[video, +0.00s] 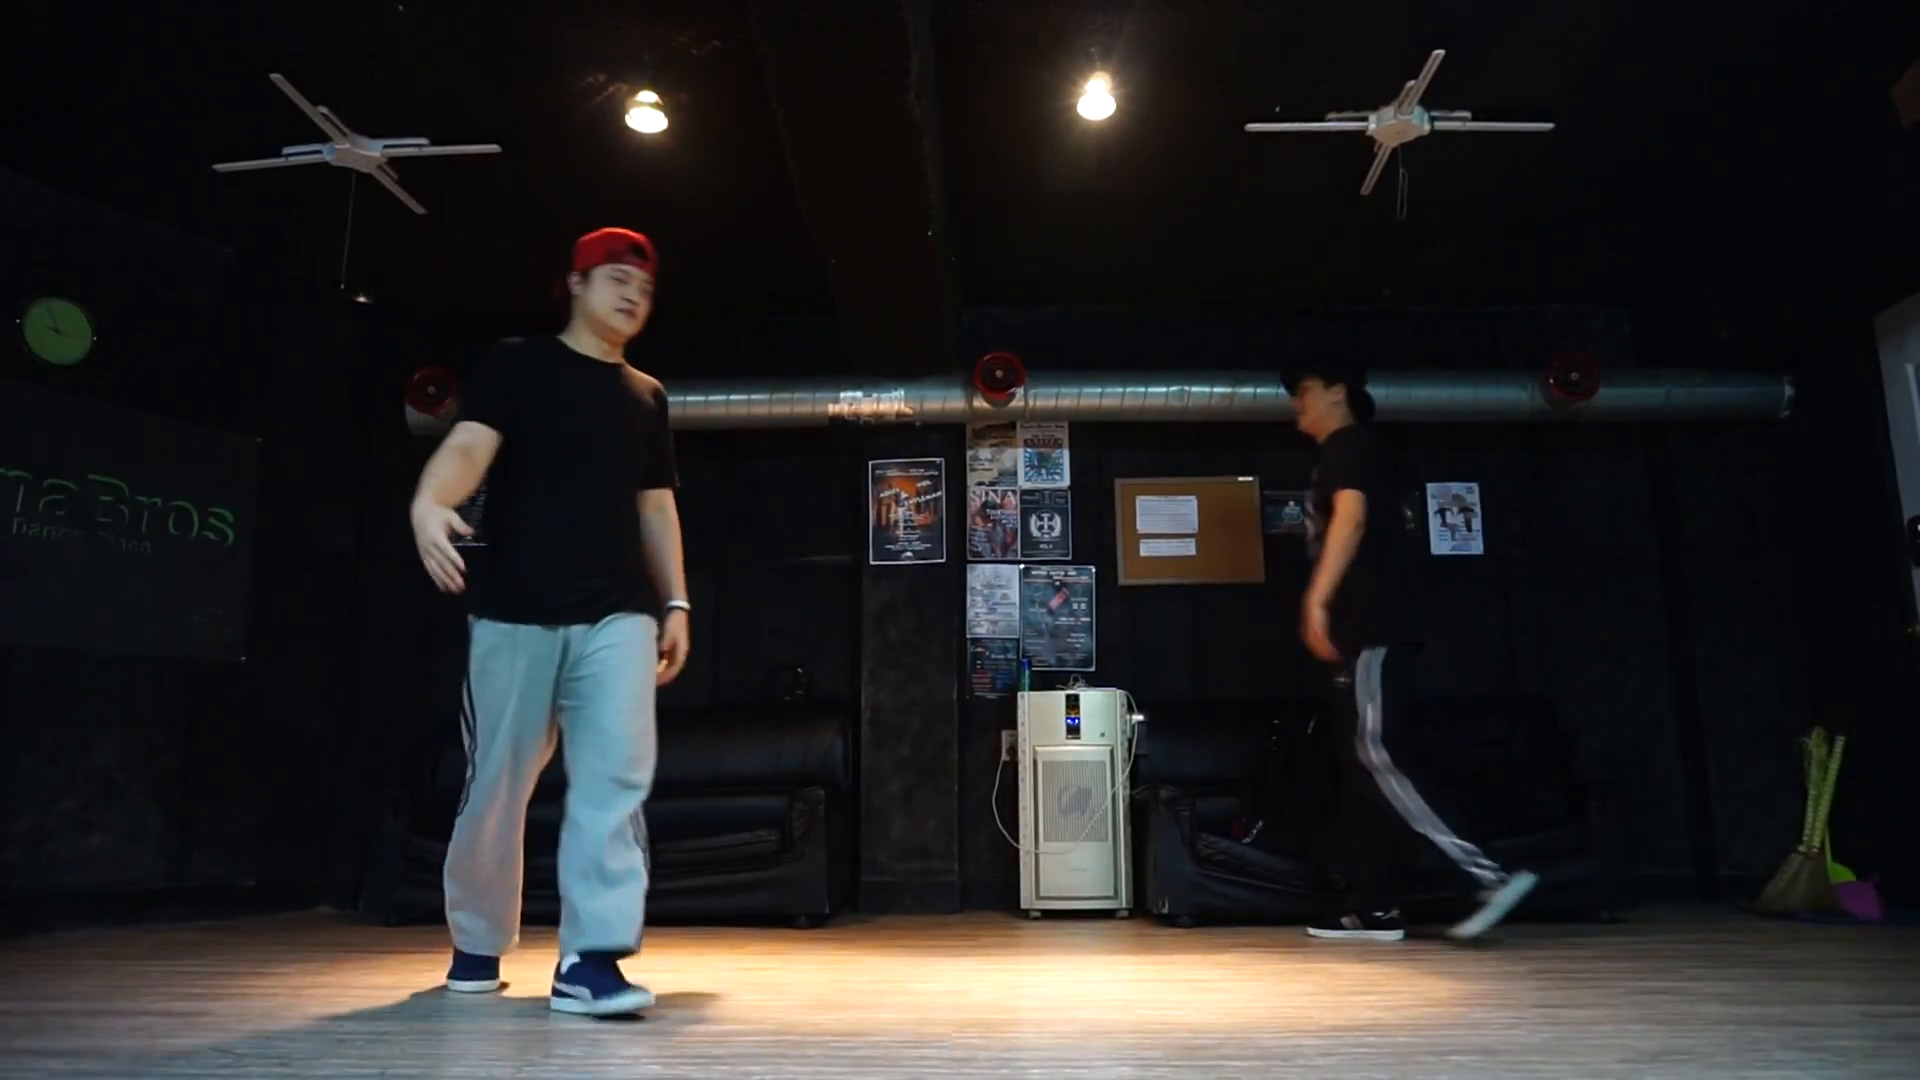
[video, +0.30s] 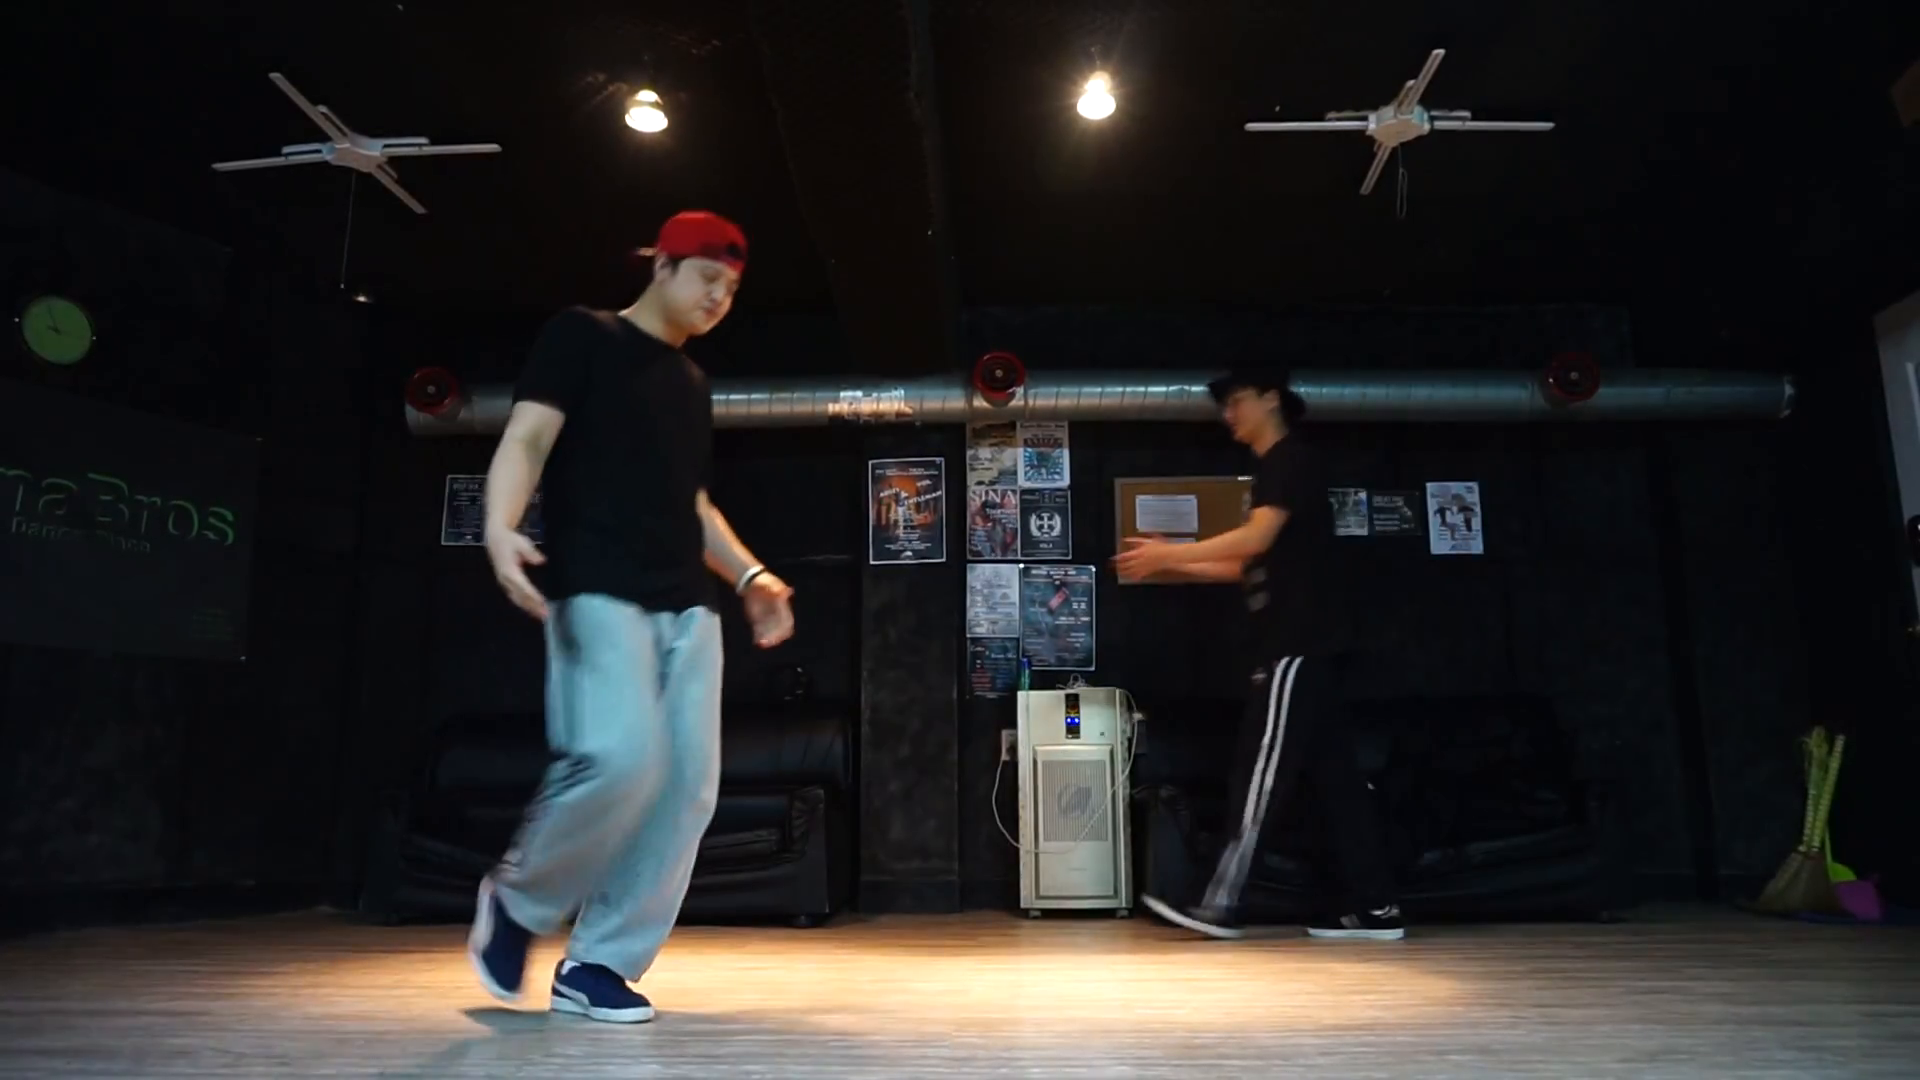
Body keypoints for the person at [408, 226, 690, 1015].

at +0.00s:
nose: (631, 295)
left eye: (643, 289)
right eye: (617, 280)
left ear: (648, 308)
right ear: (577, 286)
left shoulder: (645, 398)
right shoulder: (517, 368)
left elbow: (658, 507)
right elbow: (466, 449)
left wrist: (676, 601)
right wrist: (428, 503)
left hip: (616, 612)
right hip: (516, 610)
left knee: (615, 781)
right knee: (500, 782)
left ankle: (590, 963)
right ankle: (476, 949)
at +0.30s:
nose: (718, 299)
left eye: (729, 289)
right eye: (707, 279)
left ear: (731, 298)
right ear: (661, 266)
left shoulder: (690, 381)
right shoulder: (584, 338)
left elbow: (688, 503)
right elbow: (525, 441)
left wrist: (751, 576)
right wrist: (499, 530)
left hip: (689, 604)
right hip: (599, 594)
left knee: (687, 788)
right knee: (621, 764)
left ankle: (598, 968)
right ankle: (516, 905)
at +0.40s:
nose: (736, 274)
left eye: (747, 264)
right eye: (725, 254)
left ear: (745, 274)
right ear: (680, 242)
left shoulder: (709, 363)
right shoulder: (604, 316)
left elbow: (712, 481)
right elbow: (547, 421)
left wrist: (775, 559)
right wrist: (527, 518)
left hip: (701, 586)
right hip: (623, 569)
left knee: (698, 773)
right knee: (672, 740)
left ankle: (601, 959)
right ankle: (579, 936)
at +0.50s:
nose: (759, 246)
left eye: (769, 235)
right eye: (747, 225)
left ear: (768, 246)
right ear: (700, 218)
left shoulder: (735, 340)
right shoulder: (628, 294)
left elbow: (736, 463)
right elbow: (568, 404)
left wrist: (804, 540)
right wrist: (566, 502)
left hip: (720, 570)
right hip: (647, 554)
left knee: (668, 754)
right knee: (708, 727)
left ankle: (590, 958)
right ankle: (703, 970)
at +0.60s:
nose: (789, 237)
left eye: (798, 226)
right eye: (776, 217)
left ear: (795, 239)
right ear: (726, 213)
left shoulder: (764, 335)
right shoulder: (659, 289)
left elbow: (763, 457)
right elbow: (586, 400)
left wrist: (834, 531)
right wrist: (623, 496)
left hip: (740, 574)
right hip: (670, 558)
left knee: (683, 775)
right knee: (737, 738)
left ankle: (589, 959)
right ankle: (800, 957)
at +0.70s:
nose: (828, 244)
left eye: (837, 233)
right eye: (815, 225)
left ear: (831, 244)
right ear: (763, 219)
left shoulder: (792, 339)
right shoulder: (693, 294)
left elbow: (785, 461)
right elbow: (610, 399)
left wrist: (861, 532)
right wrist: (682, 490)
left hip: (758, 580)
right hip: (704, 574)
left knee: (712, 783)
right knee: (789, 753)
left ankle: (595, 961)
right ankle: (830, 984)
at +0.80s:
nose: (866, 256)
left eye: (877, 245)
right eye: (855, 235)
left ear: (873, 253)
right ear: (805, 222)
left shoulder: (823, 341)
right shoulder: (723, 301)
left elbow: (815, 466)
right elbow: (640, 403)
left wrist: (881, 532)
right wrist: (739, 474)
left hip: (784, 577)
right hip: (746, 575)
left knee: (765, 783)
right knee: (845, 742)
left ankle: (618, 939)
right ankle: (836, 987)